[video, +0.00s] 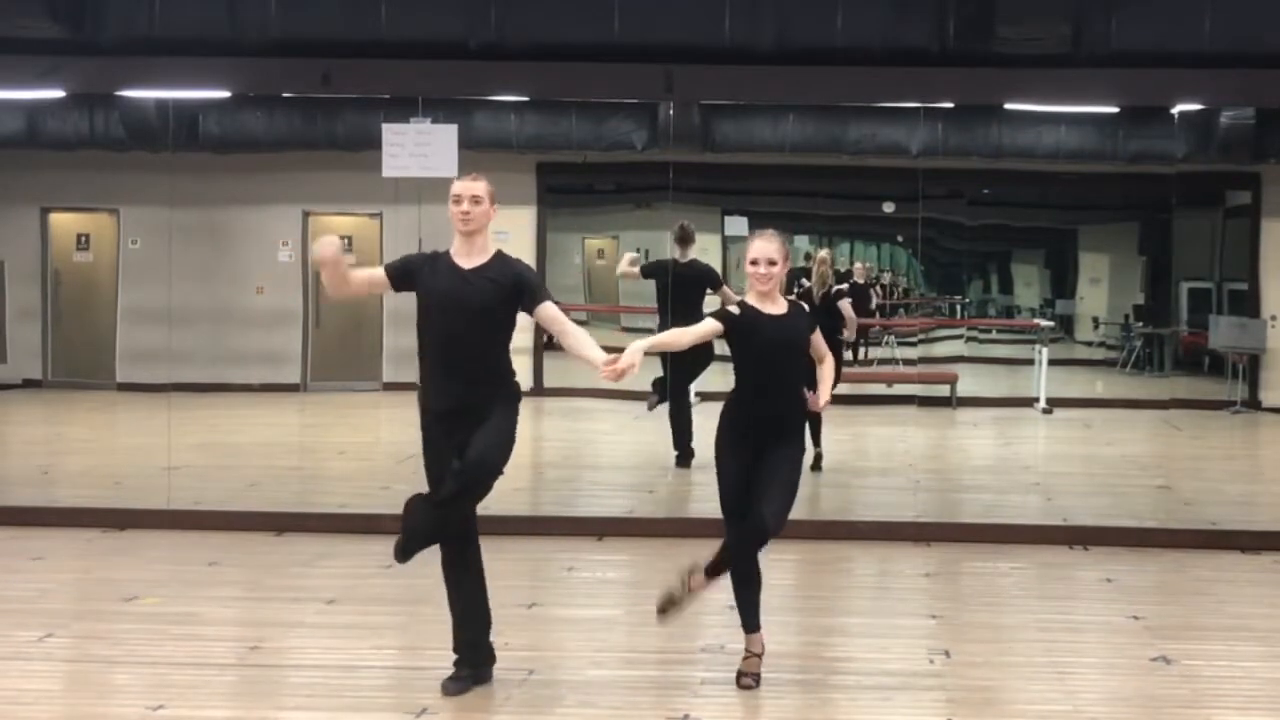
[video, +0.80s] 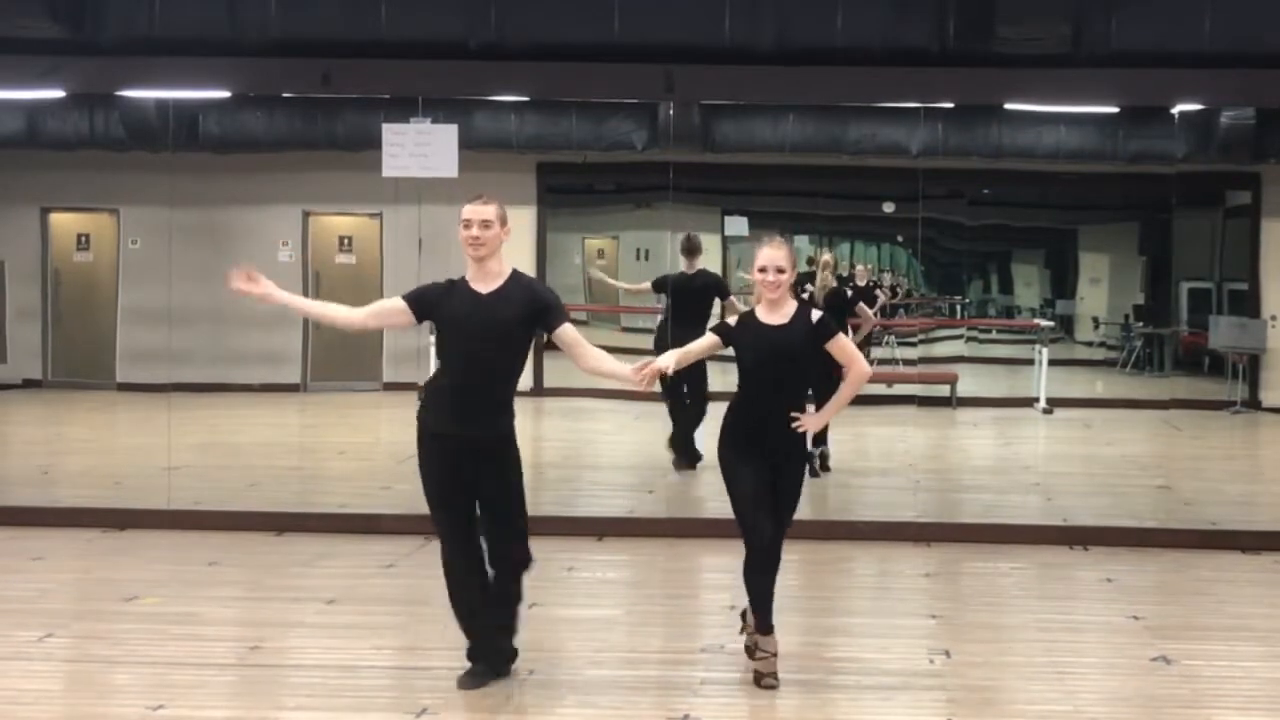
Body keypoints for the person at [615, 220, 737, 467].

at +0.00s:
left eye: (676, 242)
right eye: (688, 242)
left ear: (673, 242)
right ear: (694, 243)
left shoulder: (660, 267)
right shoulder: (704, 271)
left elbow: (622, 272)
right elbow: (731, 299)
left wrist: (627, 258)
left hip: (667, 337)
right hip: (697, 337)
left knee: (678, 395)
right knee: (704, 357)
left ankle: (684, 452)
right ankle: (663, 389)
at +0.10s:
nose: (683, 248)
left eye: (678, 244)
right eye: (689, 245)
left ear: (673, 245)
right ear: (694, 245)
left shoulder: (663, 271)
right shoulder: (705, 272)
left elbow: (640, 286)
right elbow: (732, 299)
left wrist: (637, 268)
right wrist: (743, 303)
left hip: (668, 340)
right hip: (697, 340)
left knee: (678, 393)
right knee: (685, 382)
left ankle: (684, 452)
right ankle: (665, 405)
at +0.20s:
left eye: (676, 246)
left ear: (673, 247)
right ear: (693, 247)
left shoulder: (663, 273)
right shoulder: (705, 273)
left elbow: (657, 298)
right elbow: (731, 299)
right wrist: (740, 304)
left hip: (665, 340)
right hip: (691, 339)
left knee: (671, 393)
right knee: (690, 385)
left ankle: (683, 450)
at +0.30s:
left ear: (675, 248)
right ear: (694, 248)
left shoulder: (664, 275)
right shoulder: (703, 276)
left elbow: (663, 305)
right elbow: (730, 304)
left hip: (664, 344)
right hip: (690, 344)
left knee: (671, 401)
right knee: (690, 402)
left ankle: (685, 452)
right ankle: (719, 443)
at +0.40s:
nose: (685, 252)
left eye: (681, 249)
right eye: (690, 249)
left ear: (676, 250)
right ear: (695, 250)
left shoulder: (665, 276)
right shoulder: (703, 279)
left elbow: (650, 309)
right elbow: (729, 306)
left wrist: (639, 323)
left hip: (666, 347)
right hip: (693, 348)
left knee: (672, 399)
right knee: (699, 398)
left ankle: (681, 454)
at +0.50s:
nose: (688, 256)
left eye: (683, 253)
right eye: (692, 252)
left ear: (677, 253)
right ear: (697, 254)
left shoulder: (664, 278)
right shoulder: (704, 283)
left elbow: (628, 290)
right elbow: (730, 308)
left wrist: (609, 306)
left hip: (669, 345)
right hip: (693, 346)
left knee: (683, 394)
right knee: (678, 394)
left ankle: (685, 450)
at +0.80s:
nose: (690, 256)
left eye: (686, 252)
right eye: (695, 251)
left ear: (681, 253)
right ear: (701, 253)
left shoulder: (670, 281)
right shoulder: (713, 281)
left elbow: (635, 289)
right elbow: (736, 310)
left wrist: (605, 279)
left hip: (668, 351)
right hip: (696, 351)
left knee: (675, 401)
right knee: (699, 401)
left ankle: (688, 455)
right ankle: (678, 440)